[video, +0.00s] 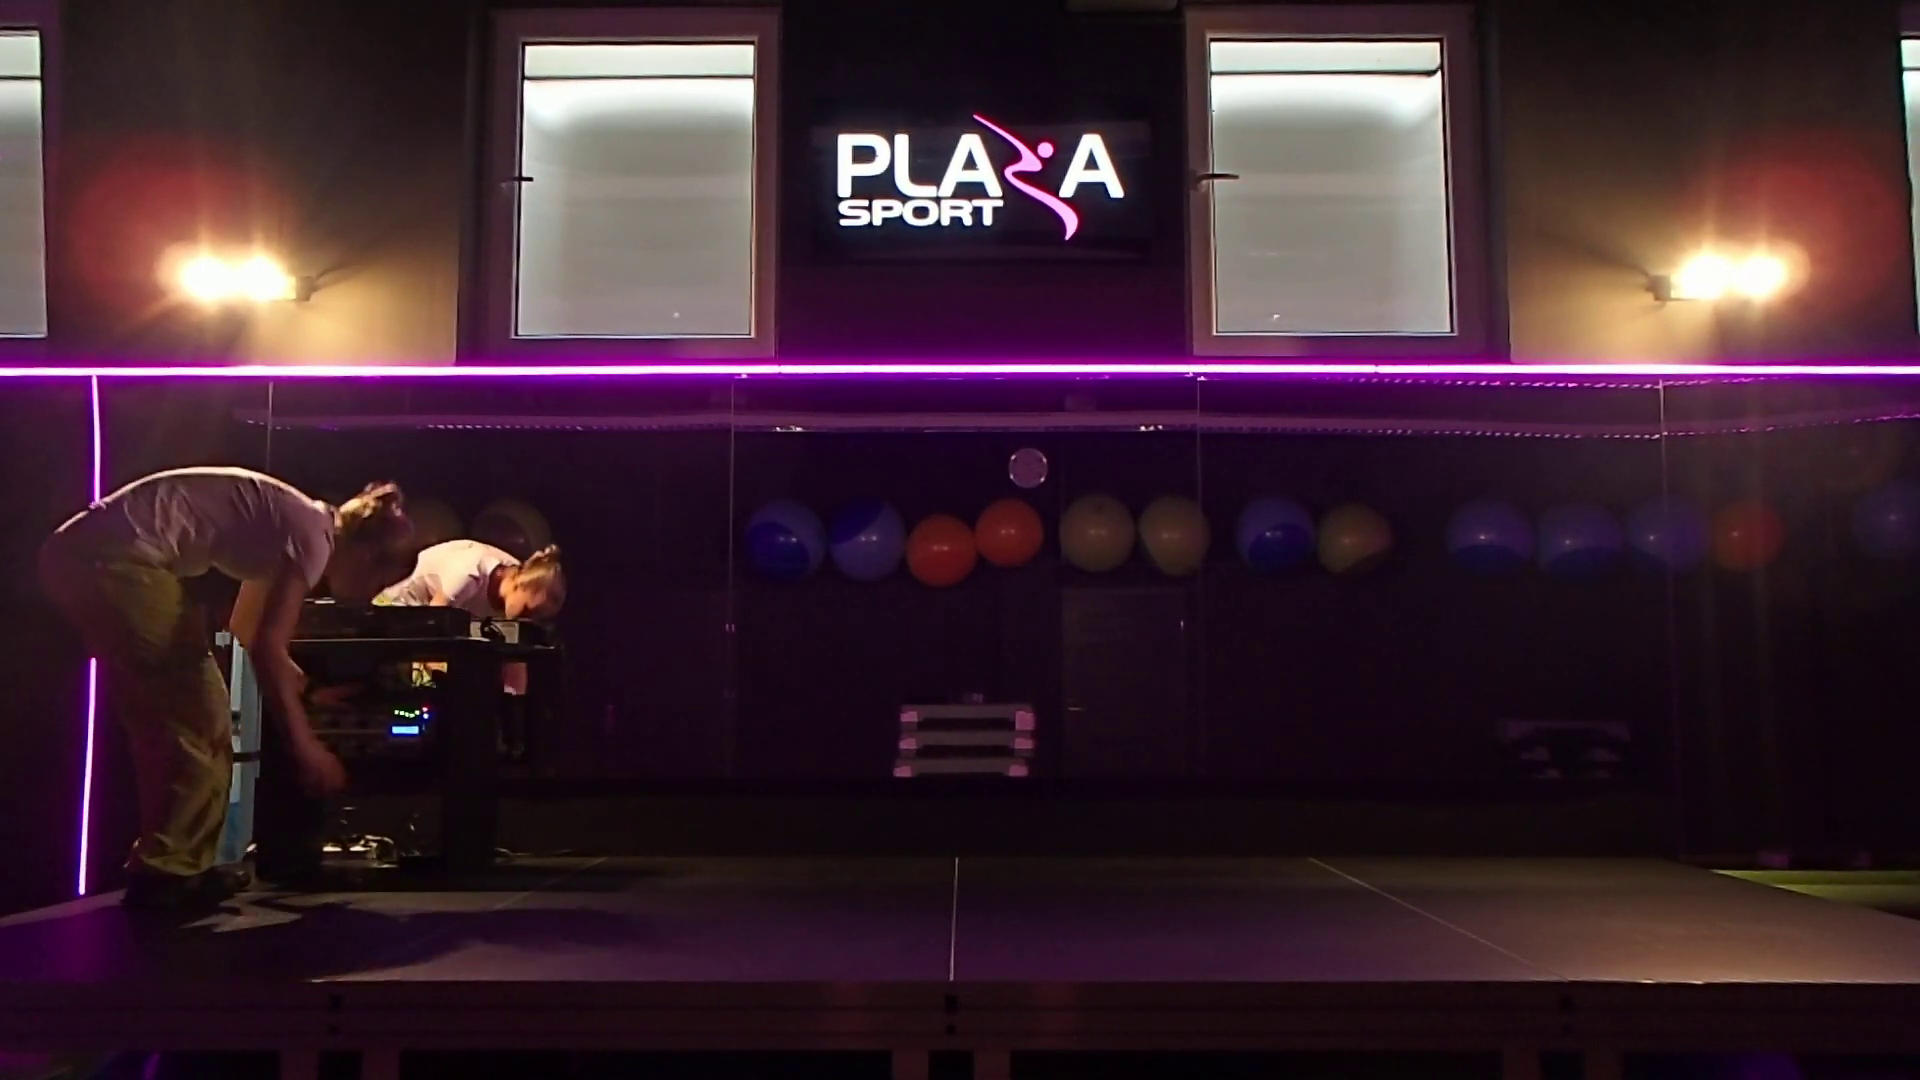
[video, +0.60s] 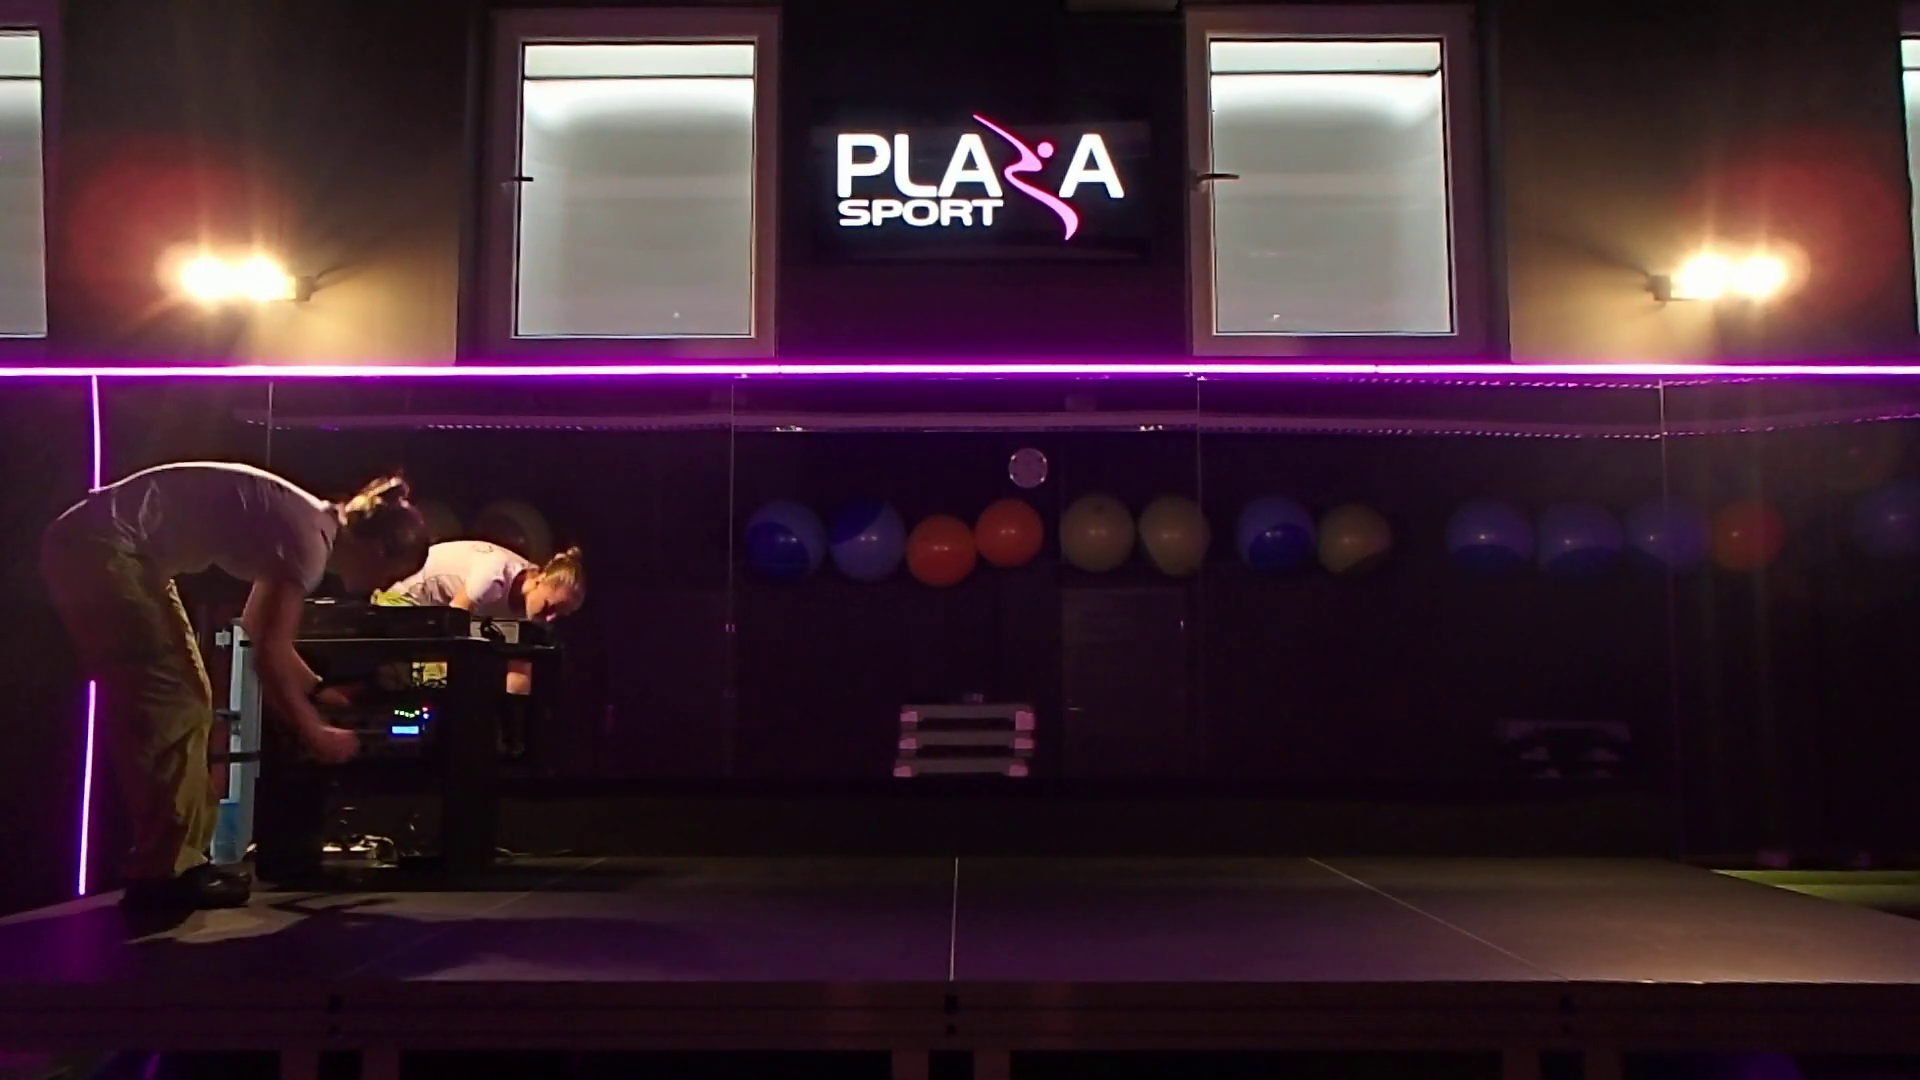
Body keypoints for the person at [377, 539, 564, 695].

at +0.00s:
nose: (526, 619)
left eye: (534, 616)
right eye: (528, 609)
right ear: (518, 582)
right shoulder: (466, 575)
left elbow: (514, 659)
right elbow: (431, 624)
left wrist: (515, 716)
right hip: (397, 609)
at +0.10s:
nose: (536, 606)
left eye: (544, 603)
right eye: (536, 594)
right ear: (523, 568)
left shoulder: (521, 588)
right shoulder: (474, 567)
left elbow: (514, 649)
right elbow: (436, 617)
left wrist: (517, 708)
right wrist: (441, 668)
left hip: (438, 607)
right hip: (395, 601)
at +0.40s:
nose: (555, 597)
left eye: (564, 593)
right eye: (555, 585)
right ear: (542, 560)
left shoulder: (528, 581)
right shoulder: (494, 565)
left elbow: (509, 631)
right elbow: (453, 618)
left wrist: (512, 686)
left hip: (436, 604)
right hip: (397, 596)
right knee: (437, 676)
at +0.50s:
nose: (554, 606)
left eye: (562, 603)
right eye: (554, 594)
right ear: (539, 569)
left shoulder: (529, 595)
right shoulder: (493, 570)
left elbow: (515, 658)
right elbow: (451, 618)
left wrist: (514, 711)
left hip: (439, 608)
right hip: (397, 597)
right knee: (436, 677)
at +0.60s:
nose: (549, 619)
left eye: (558, 615)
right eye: (550, 607)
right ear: (537, 579)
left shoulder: (533, 604)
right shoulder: (490, 575)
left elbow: (519, 668)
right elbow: (452, 622)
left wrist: (515, 733)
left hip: (443, 611)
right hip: (402, 598)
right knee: (435, 677)